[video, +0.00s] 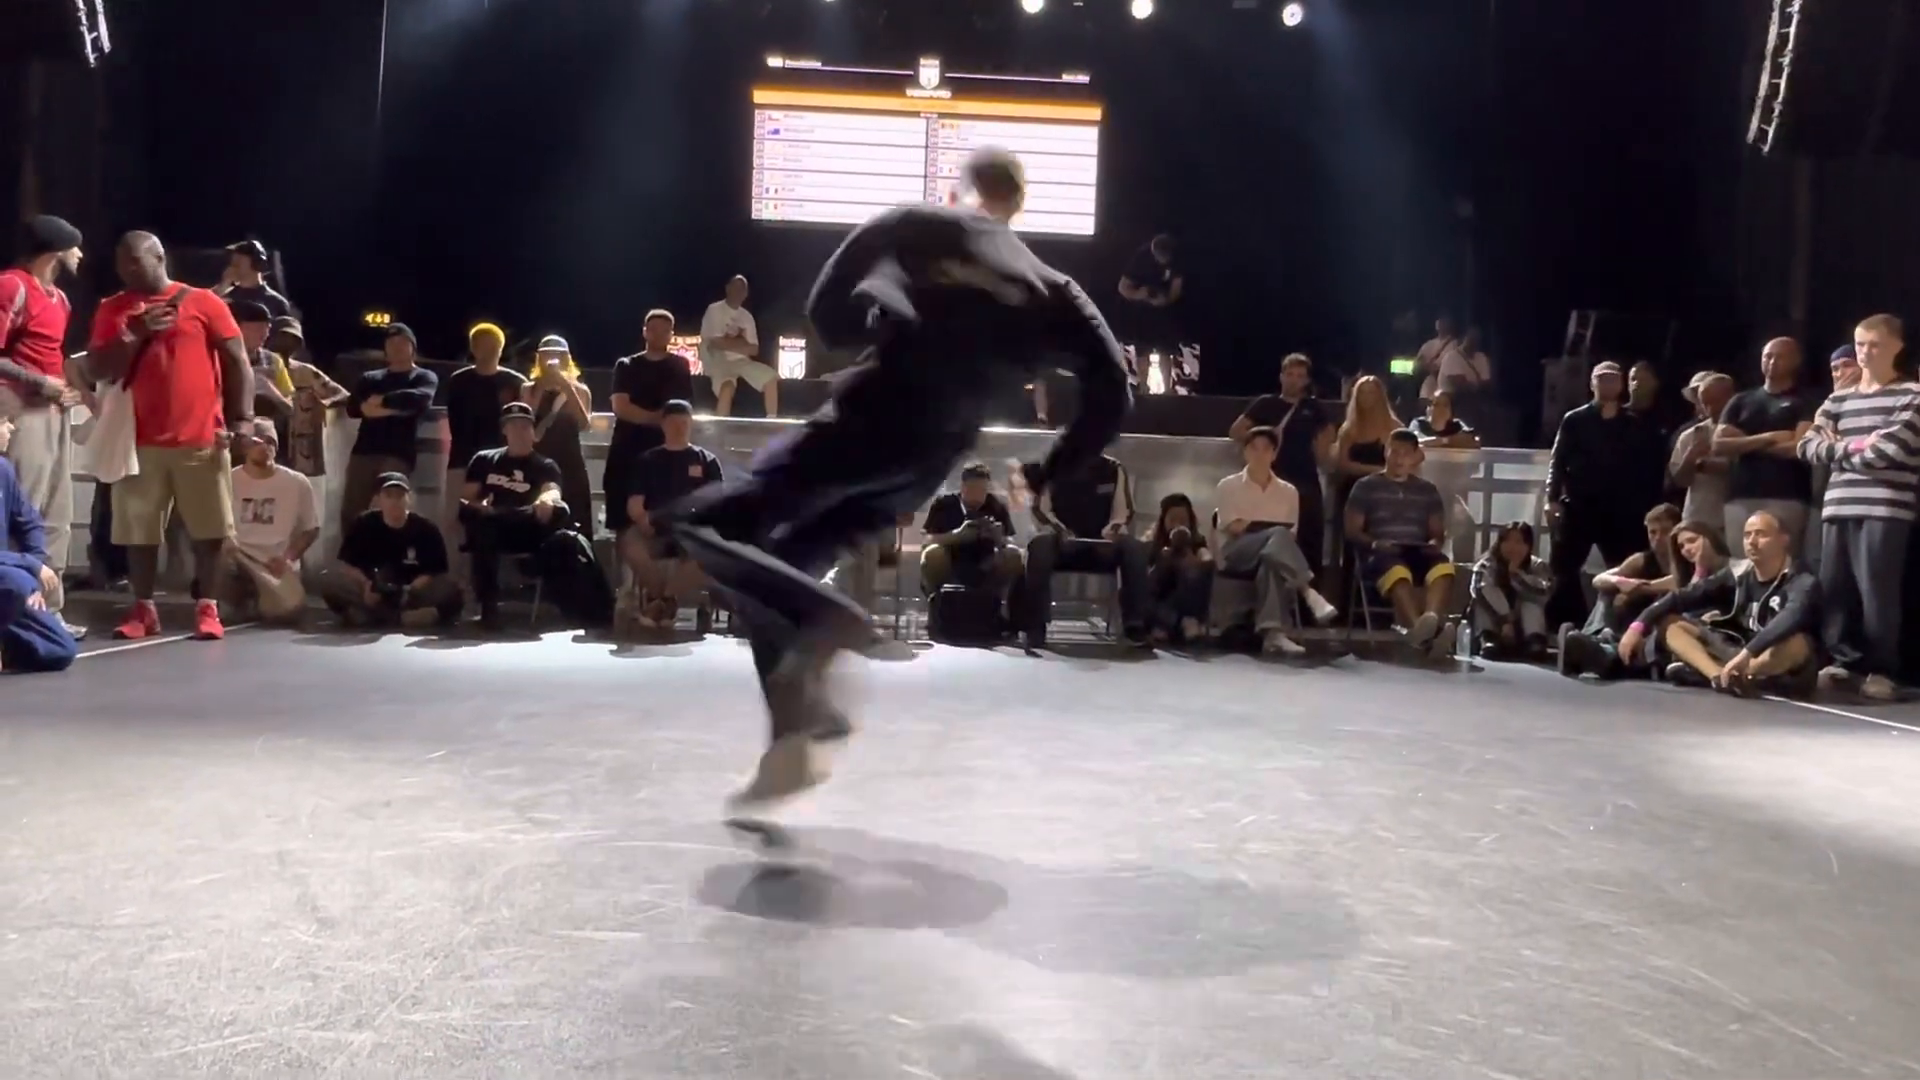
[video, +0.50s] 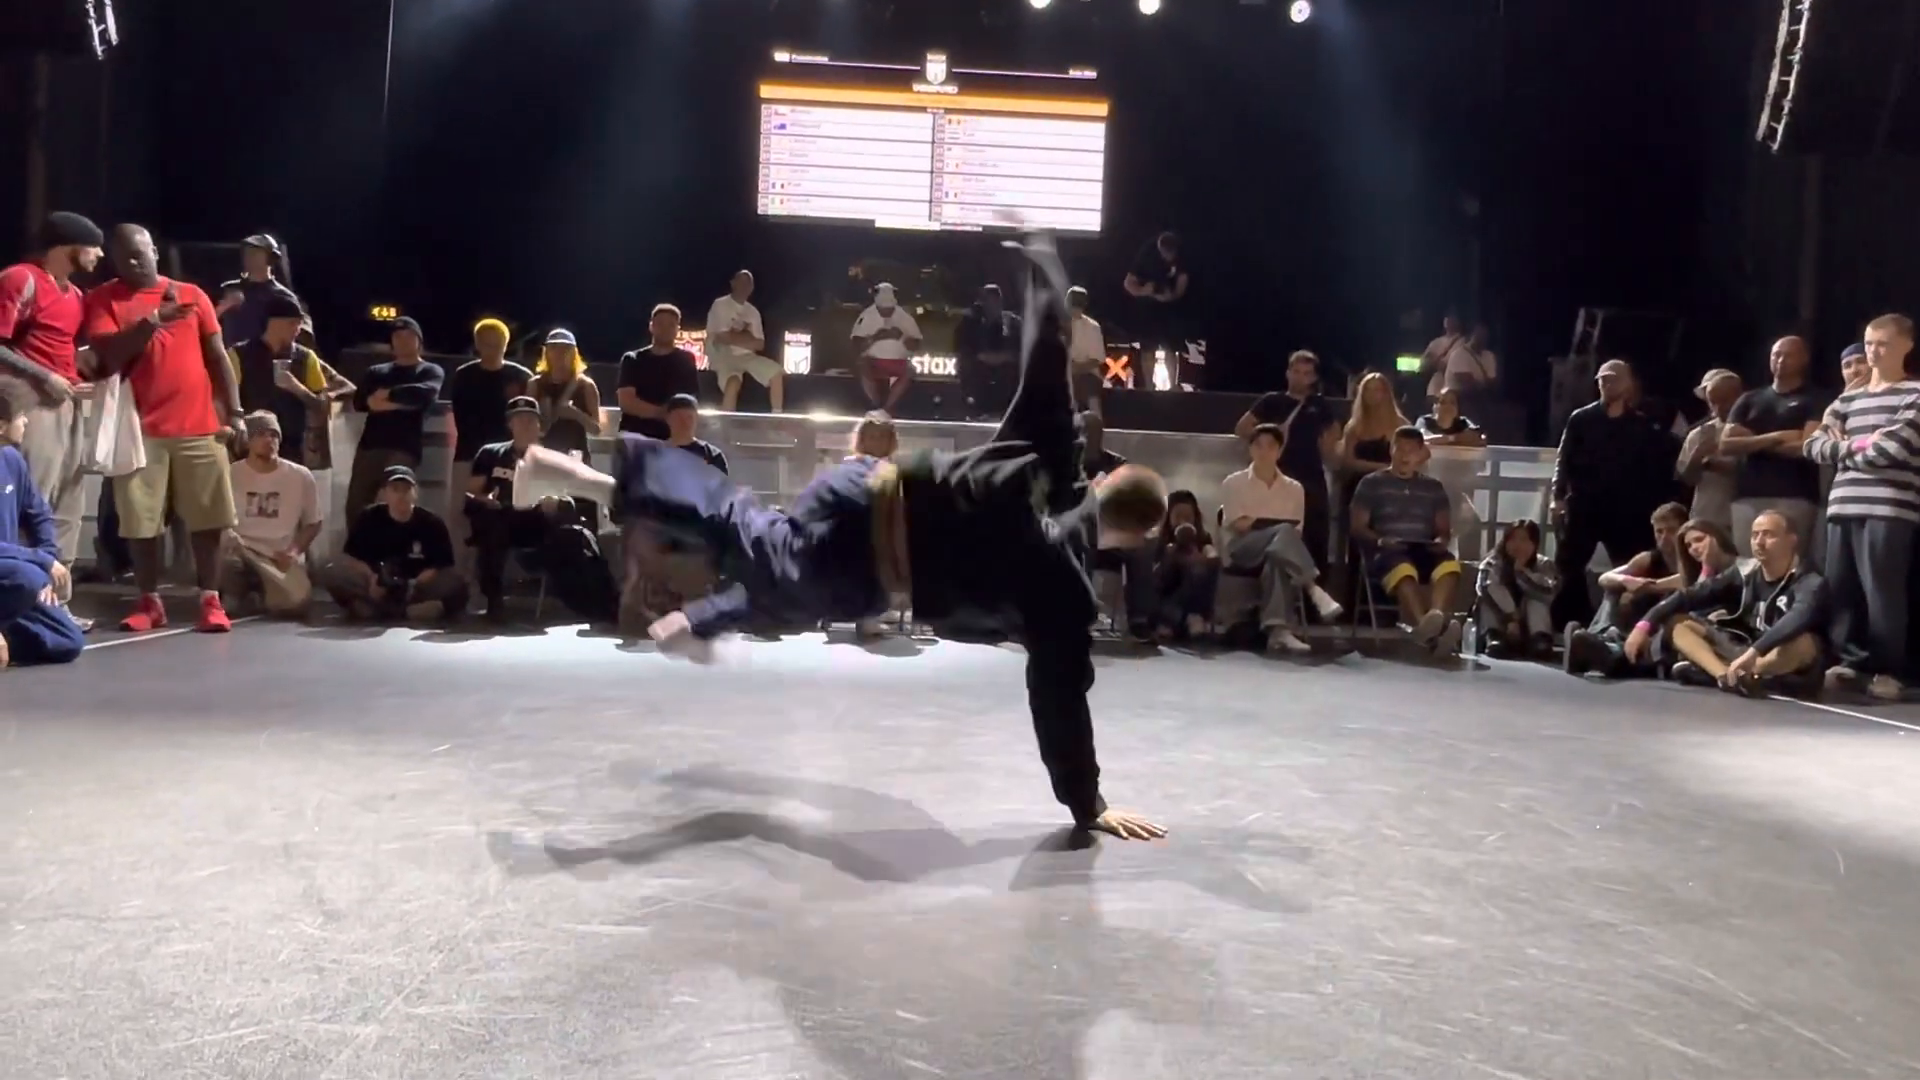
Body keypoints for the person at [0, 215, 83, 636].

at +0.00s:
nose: (78, 256)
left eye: (77, 249)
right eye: (73, 249)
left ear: (50, 251)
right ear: (55, 251)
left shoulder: (59, 297)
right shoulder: (15, 286)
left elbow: (49, 353)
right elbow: (2, 352)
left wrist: (69, 387)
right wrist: (38, 381)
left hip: (54, 409)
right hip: (21, 411)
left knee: (56, 510)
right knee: (24, 508)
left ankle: (48, 610)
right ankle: (22, 608)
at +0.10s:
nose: (80, 253)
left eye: (79, 246)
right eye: (76, 247)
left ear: (52, 249)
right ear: (59, 250)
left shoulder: (64, 297)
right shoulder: (16, 284)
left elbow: (56, 355)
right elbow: (1, 351)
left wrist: (79, 387)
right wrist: (38, 381)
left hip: (57, 405)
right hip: (22, 407)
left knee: (58, 505)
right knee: (25, 503)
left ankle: (50, 606)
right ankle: (22, 603)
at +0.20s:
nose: (83, 253)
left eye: (82, 247)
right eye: (79, 247)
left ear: (58, 249)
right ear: (59, 248)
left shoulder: (68, 295)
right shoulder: (17, 282)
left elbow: (58, 351)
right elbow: (1, 348)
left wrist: (78, 385)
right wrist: (40, 382)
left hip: (64, 406)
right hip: (27, 408)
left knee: (63, 507)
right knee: (29, 506)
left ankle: (53, 607)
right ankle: (25, 606)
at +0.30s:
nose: (89, 254)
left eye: (89, 247)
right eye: (84, 246)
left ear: (64, 249)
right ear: (61, 247)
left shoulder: (71, 295)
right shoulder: (19, 281)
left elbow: (62, 350)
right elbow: (1, 346)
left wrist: (81, 382)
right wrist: (37, 379)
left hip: (64, 403)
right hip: (29, 405)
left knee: (64, 503)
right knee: (29, 500)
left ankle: (53, 603)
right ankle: (25, 600)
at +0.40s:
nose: (95, 254)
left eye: (94, 247)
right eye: (89, 247)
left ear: (70, 249)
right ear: (65, 246)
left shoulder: (74, 295)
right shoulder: (20, 280)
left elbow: (66, 348)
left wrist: (80, 378)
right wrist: (41, 378)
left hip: (68, 402)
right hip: (32, 404)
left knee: (67, 501)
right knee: (31, 499)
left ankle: (55, 601)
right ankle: (26, 598)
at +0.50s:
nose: (98, 256)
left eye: (98, 249)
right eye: (93, 249)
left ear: (72, 250)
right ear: (68, 246)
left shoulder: (75, 295)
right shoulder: (21, 279)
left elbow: (66, 347)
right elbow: (1, 344)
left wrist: (81, 375)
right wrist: (43, 377)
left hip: (71, 399)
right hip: (35, 403)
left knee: (69, 498)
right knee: (34, 497)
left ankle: (57, 598)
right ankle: (29, 596)